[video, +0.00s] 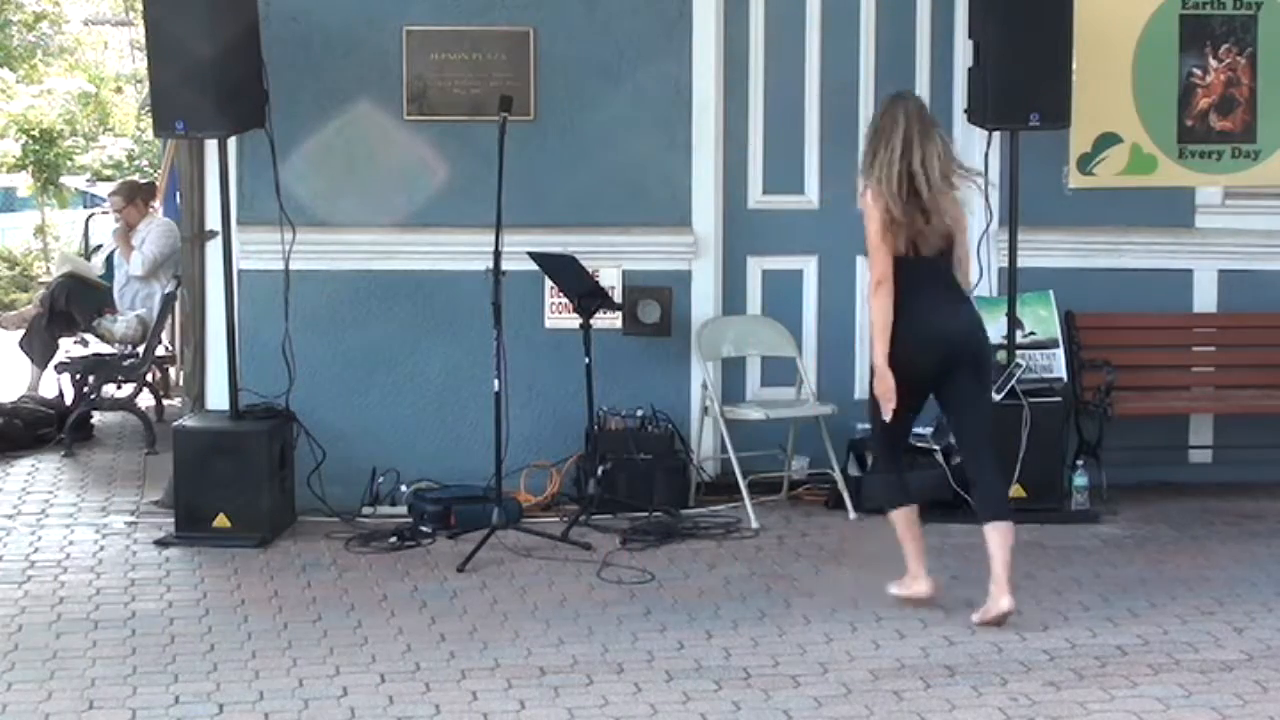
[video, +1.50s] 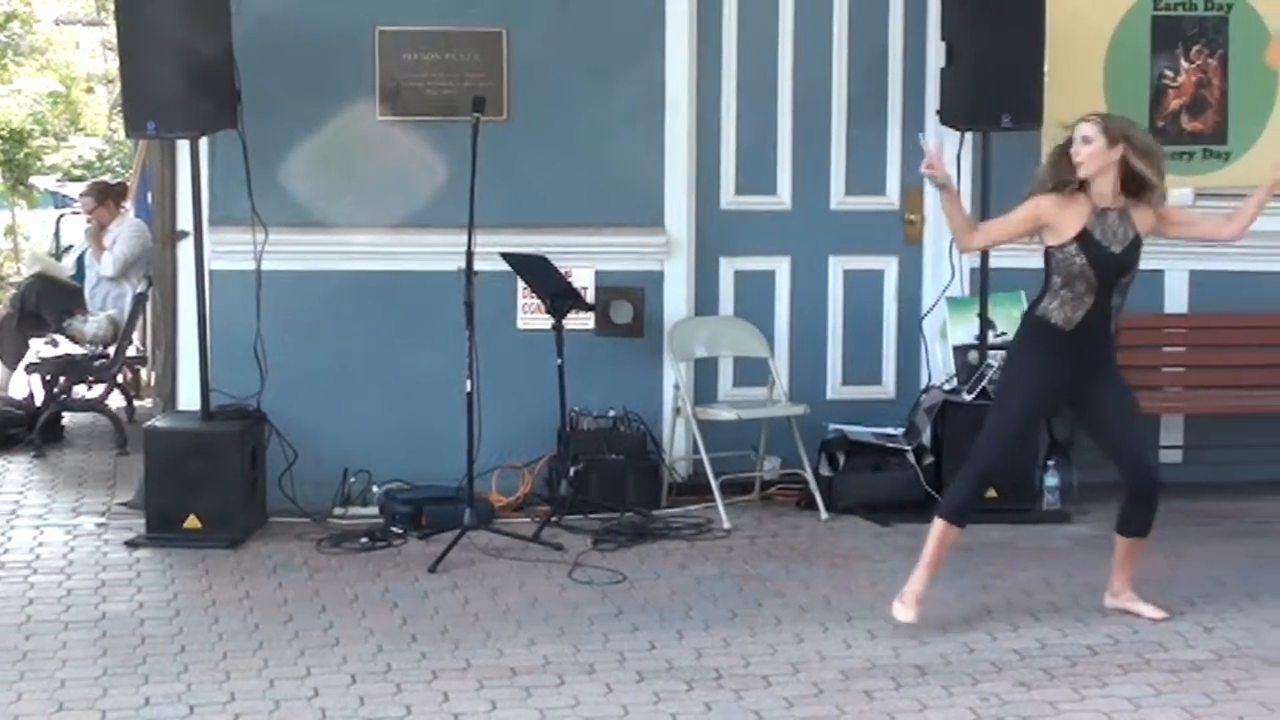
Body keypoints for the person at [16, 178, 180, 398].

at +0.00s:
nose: (117, 218)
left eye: (119, 212)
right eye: (114, 213)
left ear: (139, 205)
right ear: (136, 206)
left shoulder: (164, 229)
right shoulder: (127, 234)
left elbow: (141, 267)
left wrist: (123, 242)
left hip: (140, 318)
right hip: (119, 312)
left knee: (69, 285)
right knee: (45, 319)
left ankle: (34, 310)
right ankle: (32, 390)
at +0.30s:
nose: (114, 220)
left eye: (116, 213)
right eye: (112, 215)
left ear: (135, 206)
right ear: (132, 207)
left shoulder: (160, 230)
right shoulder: (123, 233)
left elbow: (137, 269)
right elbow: (94, 268)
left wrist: (121, 244)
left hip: (136, 318)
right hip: (114, 310)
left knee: (66, 285)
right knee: (42, 321)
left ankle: (31, 312)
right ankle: (28, 391)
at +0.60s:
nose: (115, 220)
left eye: (117, 213)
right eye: (112, 215)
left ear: (136, 206)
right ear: (132, 207)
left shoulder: (161, 230)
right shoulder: (123, 233)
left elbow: (138, 269)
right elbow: (95, 269)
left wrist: (121, 244)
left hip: (137, 319)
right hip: (114, 310)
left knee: (66, 284)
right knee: (43, 322)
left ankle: (33, 311)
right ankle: (29, 390)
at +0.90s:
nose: (115, 220)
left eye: (117, 213)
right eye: (112, 215)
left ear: (136, 206)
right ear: (132, 207)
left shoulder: (161, 230)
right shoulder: (123, 234)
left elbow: (138, 268)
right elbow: (94, 270)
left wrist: (121, 243)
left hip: (136, 320)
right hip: (113, 312)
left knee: (67, 285)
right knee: (41, 322)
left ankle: (33, 311)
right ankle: (30, 391)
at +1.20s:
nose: (115, 219)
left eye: (117, 213)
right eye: (112, 215)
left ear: (135, 205)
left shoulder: (161, 230)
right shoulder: (122, 234)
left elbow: (138, 268)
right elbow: (93, 270)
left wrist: (121, 243)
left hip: (137, 318)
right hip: (114, 311)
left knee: (66, 284)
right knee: (43, 321)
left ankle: (31, 312)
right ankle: (29, 390)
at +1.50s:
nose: (89, 220)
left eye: (92, 213)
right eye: (86, 215)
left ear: (110, 204)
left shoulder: (135, 230)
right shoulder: (98, 235)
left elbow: (112, 269)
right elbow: (68, 271)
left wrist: (94, 244)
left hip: (114, 317)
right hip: (91, 309)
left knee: (37, 286)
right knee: (14, 323)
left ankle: (16, 311)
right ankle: (8, 384)